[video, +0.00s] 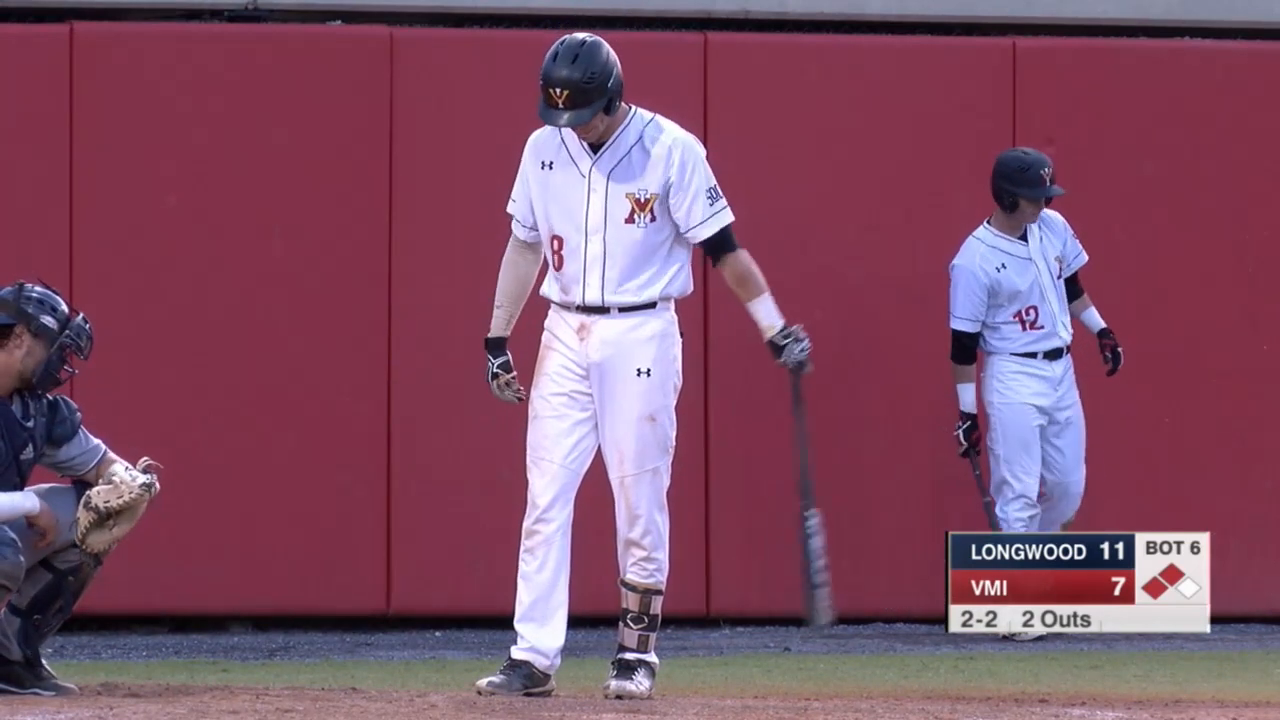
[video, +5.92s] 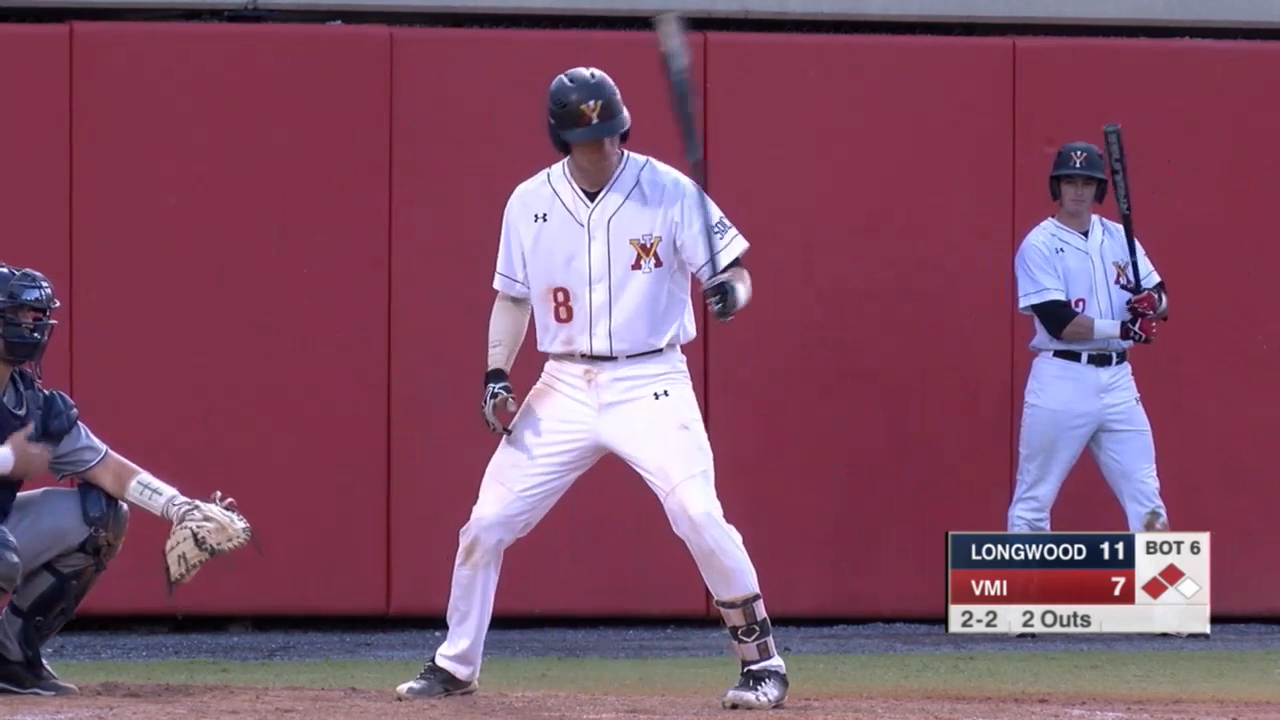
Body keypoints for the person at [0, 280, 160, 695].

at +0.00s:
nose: (62, 360)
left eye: (65, 350)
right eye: (56, 347)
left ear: (23, 340)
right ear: (19, 339)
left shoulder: (41, 411)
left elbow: (98, 461)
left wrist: (131, 481)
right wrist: (27, 503)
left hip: (9, 522)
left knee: (94, 511)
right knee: (7, 550)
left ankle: (15, 652)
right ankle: (6, 658)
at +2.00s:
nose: (40, 328)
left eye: (42, 319)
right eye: (25, 319)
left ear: (47, 325)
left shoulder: (37, 404)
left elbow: (98, 462)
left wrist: (127, 483)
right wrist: (29, 505)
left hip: (9, 522)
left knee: (96, 513)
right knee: (10, 547)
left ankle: (14, 652)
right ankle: (7, 653)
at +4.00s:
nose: (38, 330)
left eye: (41, 321)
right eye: (23, 320)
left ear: (46, 327)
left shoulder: (35, 405)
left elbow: (98, 463)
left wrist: (128, 485)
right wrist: (26, 507)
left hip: (9, 522)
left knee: (93, 513)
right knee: (9, 547)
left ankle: (15, 651)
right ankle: (8, 654)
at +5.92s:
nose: (29, 325)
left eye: (35, 315)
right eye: (18, 314)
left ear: (42, 321)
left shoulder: (36, 404)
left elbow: (108, 468)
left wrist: (179, 506)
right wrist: (9, 459)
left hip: (6, 528)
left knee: (98, 515)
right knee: (7, 561)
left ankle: (14, 651)